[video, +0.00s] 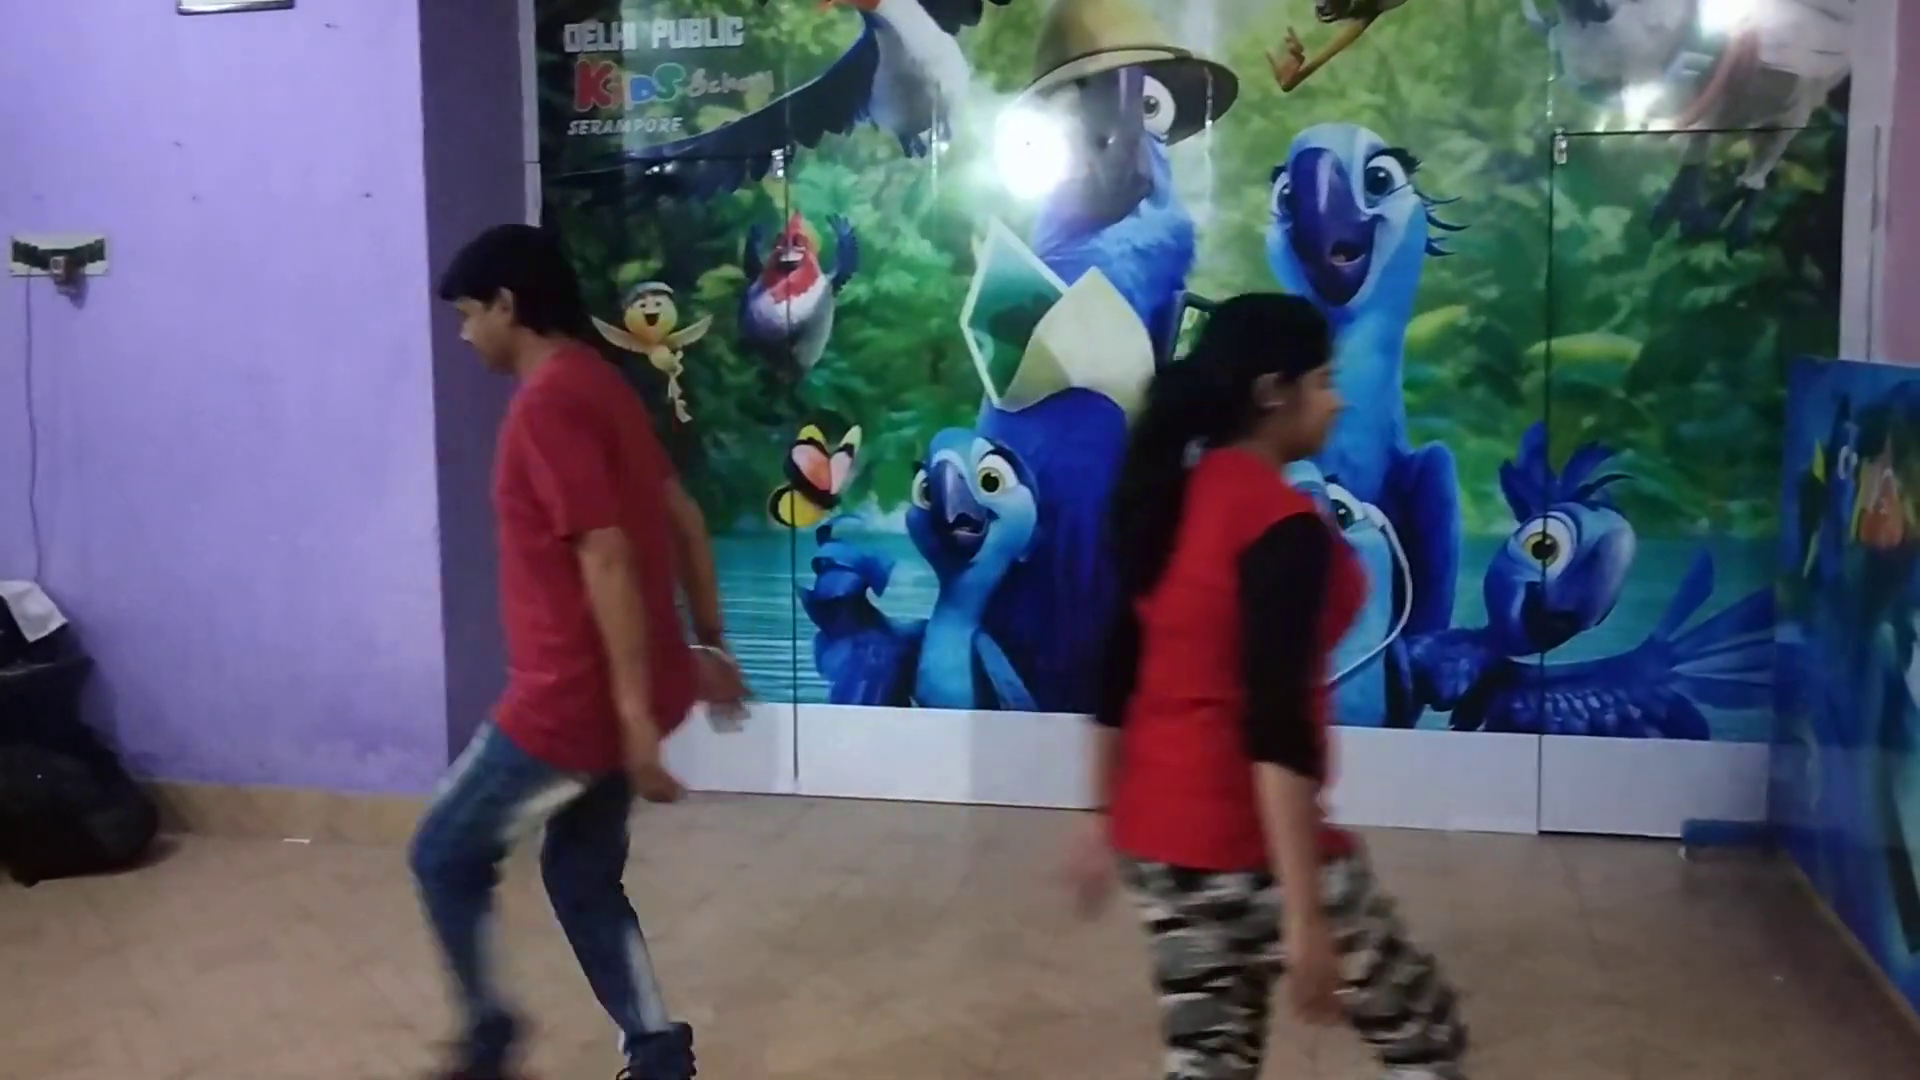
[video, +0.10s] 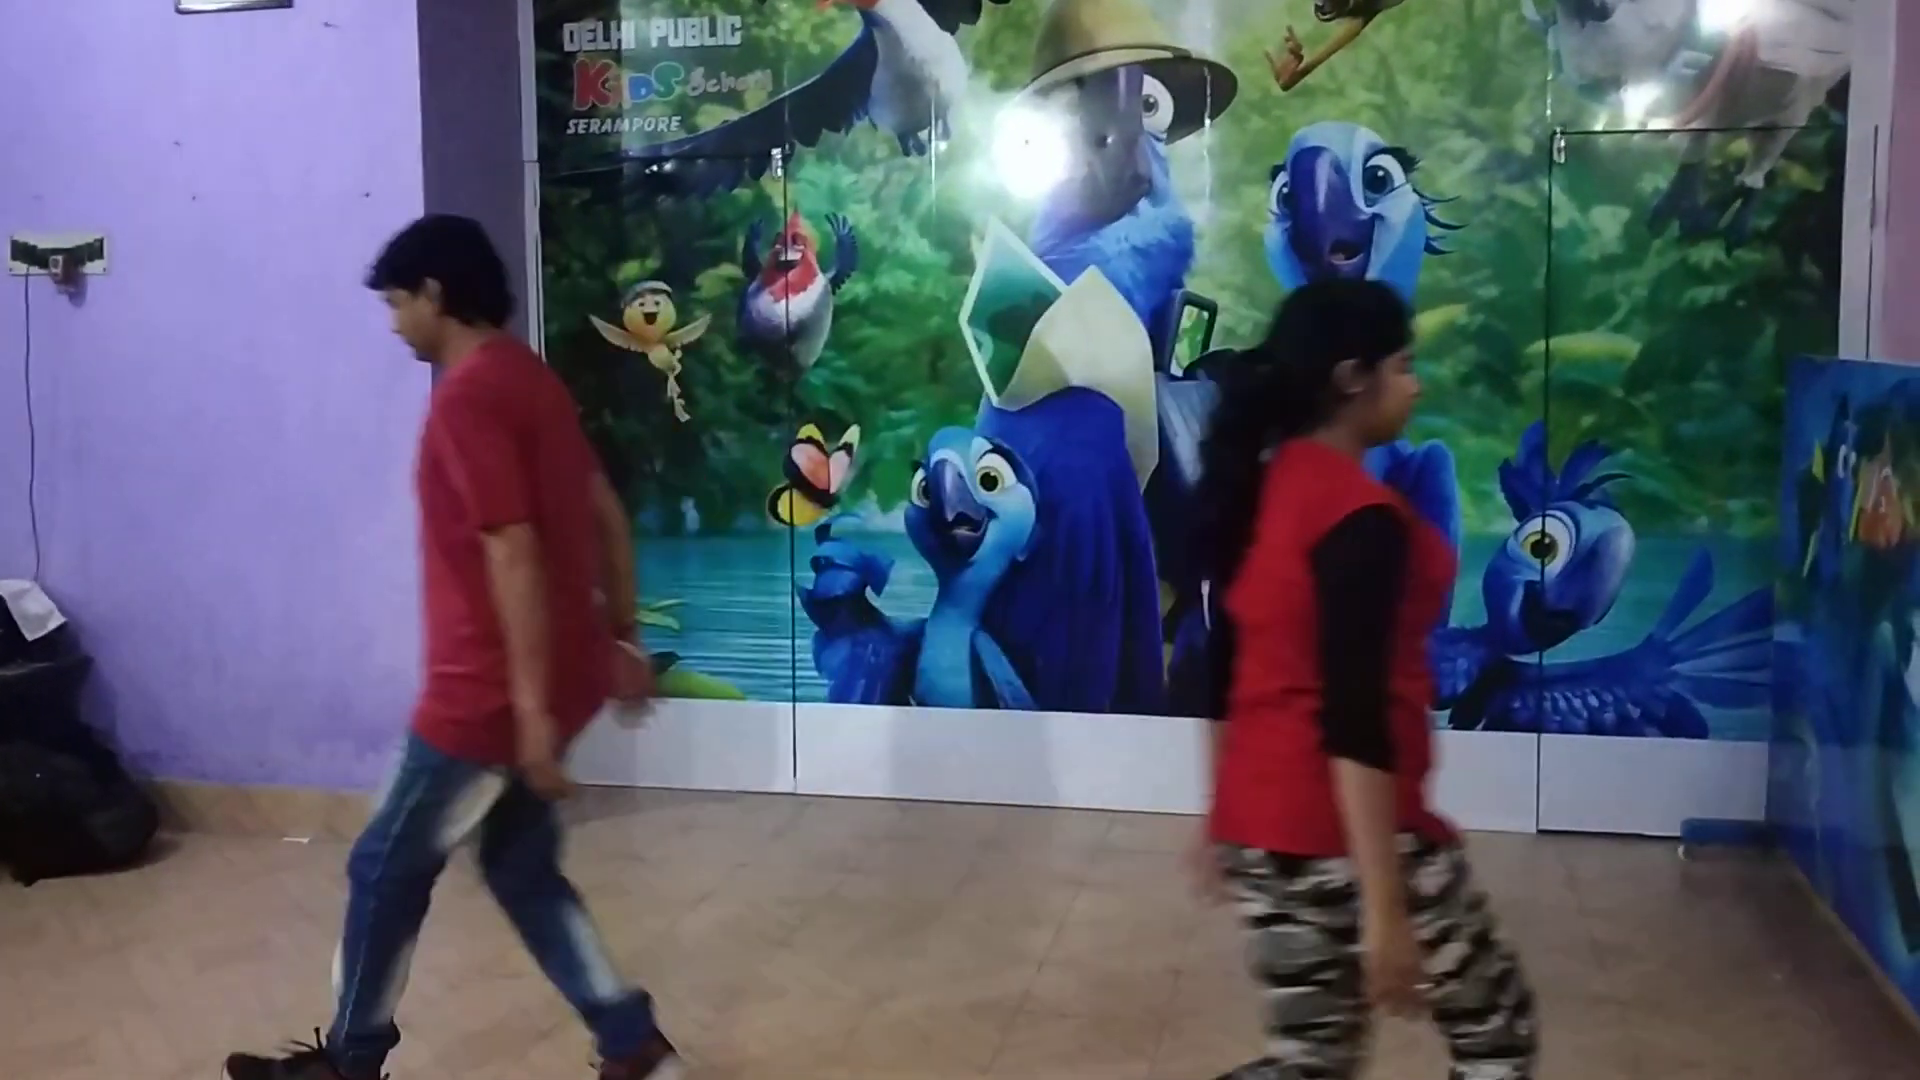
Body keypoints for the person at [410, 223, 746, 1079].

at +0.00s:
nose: (462, 333)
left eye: (467, 313)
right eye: (459, 316)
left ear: (511, 304)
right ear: (535, 305)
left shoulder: (550, 401)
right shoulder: (603, 384)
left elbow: (608, 555)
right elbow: (682, 515)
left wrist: (637, 714)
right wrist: (711, 640)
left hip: (566, 701)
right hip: (621, 694)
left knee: (443, 858)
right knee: (583, 876)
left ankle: (486, 1031)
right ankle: (656, 1049)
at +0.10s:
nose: (391, 320)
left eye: (397, 301)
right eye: (389, 303)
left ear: (439, 295)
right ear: (467, 295)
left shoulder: (467, 398)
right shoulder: (531, 377)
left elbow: (513, 549)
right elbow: (602, 509)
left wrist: (533, 708)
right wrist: (623, 631)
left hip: (476, 700)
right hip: (536, 696)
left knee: (385, 868)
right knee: (524, 870)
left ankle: (350, 1053)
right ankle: (631, 1042)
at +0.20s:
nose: (322, 313)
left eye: (328, 293)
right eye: (320, 294)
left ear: (368, 288)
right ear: (395, 287)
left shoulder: (389, 393)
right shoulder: (467, 372)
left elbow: (421, 548)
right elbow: (535, 506)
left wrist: (428, 707)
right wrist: (551, 630)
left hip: (395, 694)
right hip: (464, 682)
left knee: (320, 866)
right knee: (402, 843)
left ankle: (330, 1053)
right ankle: (526, 985)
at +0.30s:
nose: (266, 305)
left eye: (270, 286)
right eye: (263, 287)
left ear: (311, 280)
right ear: (345, 279)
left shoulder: (327, 388)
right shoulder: (416, 367)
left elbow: (345, 545)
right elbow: (478, 502)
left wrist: (336, 709)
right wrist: (492, 625)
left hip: (338, 680)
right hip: (409, 662)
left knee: (274, 869)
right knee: (312, 822)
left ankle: (321, 1046)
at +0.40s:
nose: (222, 301)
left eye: (223, 282)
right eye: (219, 284)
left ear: (258, 271)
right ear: (293, 270)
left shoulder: (278, 375)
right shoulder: (371, 361)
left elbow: (283, 537)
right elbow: (434, 495)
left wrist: (263, 692)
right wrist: (447, 622)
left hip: (283, 671)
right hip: (352, 656)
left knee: (254, 874)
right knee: (220, 793)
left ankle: (324, 1047)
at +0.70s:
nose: (117, 297)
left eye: (119, 278)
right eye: (114, 280)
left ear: (151, 272)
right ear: (195, 272)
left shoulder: (169, 372)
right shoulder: (263, 360)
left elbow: (171, 529)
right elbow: (318, 498)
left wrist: (148, 681)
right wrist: (325, 619)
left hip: (190, 659)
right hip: (248, 641)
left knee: (235, 860)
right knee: (167, 822)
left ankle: (326, 1044)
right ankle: (159, 1000)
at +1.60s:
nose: (56, 307)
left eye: (61, 291)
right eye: (57, 291)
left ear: (92, 297)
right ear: (148, 299)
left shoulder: (89, 398)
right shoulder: (208, 386)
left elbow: (107, 516)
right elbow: (301, 481)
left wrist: (120, 631)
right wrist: (396, 549)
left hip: (154, 664)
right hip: (225, 648)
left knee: (177, 901)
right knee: (105, 810)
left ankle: (317, 1045)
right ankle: (153, 1011)